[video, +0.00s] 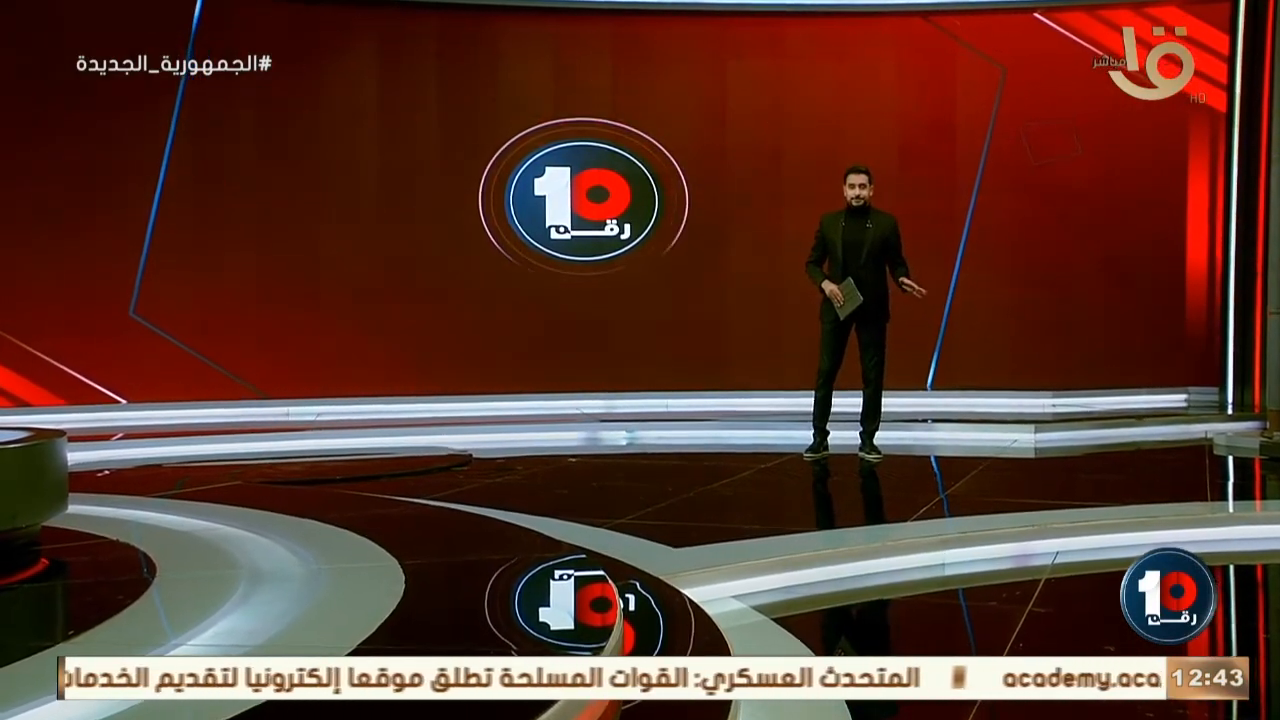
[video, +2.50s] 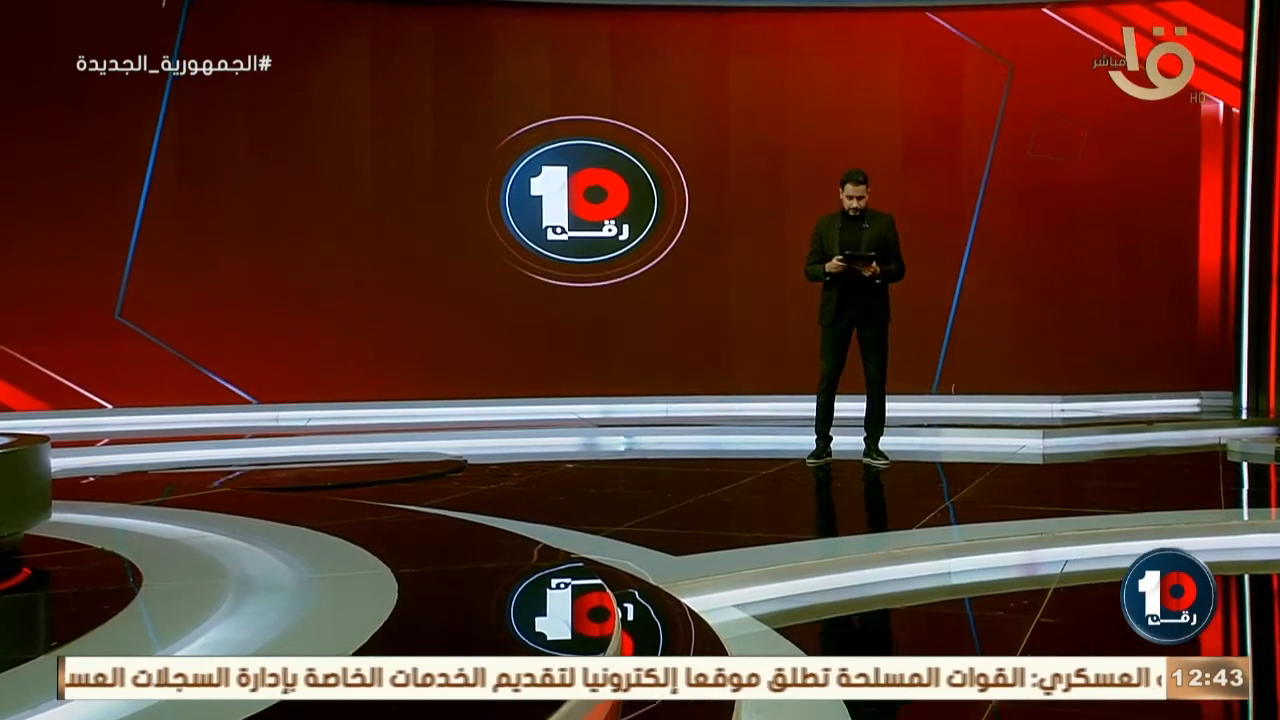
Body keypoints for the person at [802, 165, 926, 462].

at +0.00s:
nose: (857, 192)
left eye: (862, 186)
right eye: (852, 186)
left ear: (871, 190)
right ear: (844, 190)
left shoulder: (886, 223)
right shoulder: (830, 223)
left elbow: (896, 261)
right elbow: (812, 265)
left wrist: (903, 278)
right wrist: (825, 283)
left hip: (873, 308)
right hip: (836, 307)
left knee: (873, 376)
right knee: (826, 372)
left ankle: (868, 440)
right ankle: (819, 437)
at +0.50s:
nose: (835, 191)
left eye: (840, 186)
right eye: (830, 186)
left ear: (850, 189)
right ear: (822, 191)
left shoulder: (868, 223)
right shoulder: (812, 225)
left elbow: (885, 266)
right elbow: (797, 267)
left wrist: (877, 272)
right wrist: (808, 285)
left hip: (858, 309)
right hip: (821, 309)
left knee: (863, 376)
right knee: (817, 377)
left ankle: (868, 440)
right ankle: (819, 439)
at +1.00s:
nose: (820, 195)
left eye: (825, 189)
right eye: (815, 190)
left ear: (834, 191)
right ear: (807, 194)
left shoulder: (852, 224)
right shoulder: (796, 228)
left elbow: (868, 266)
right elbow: (782, 270)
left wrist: (860, 283)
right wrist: (796, 284)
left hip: (844, 311)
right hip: (809, 312)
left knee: (856, 373)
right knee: (810, 378)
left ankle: (868, 441)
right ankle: (819, 441)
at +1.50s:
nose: (822, 194)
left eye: (826, 189)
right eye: (816, 190)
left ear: (834, 191)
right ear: (807, 193)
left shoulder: (852, 222)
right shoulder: (795, 228)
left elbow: (869, 265)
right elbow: (783, 274)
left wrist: (858, 279)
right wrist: (803, 279)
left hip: (846, 310)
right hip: (810, 313)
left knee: (857, 372)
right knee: (811, 379)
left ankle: (869, 441)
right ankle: (820, 442)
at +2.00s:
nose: (840, 200)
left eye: (844, 194)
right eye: (834, 195)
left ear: (851, 194)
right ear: (824, 194)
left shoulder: (866, 223)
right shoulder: (810, 227)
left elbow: (883, 268)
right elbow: (797, 271)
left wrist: (868, 271)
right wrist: (815, 270)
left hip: (858, 312)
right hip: (822, 314)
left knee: (867, 378)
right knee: (819, 379)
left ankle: (871, 444)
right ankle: (821, 443)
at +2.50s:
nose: (856, 203)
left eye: (861, 198)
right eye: (851, 198)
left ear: (868, 196)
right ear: (841, 195)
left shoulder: (883, 224)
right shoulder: (826, 226)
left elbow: (898, 270)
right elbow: (811, 271)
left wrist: (879, 271)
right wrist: (827, 268)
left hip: (873, 314)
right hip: (836, 314)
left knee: (876, 381)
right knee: (828, 379)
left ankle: (872, 446)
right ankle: (822, 444)